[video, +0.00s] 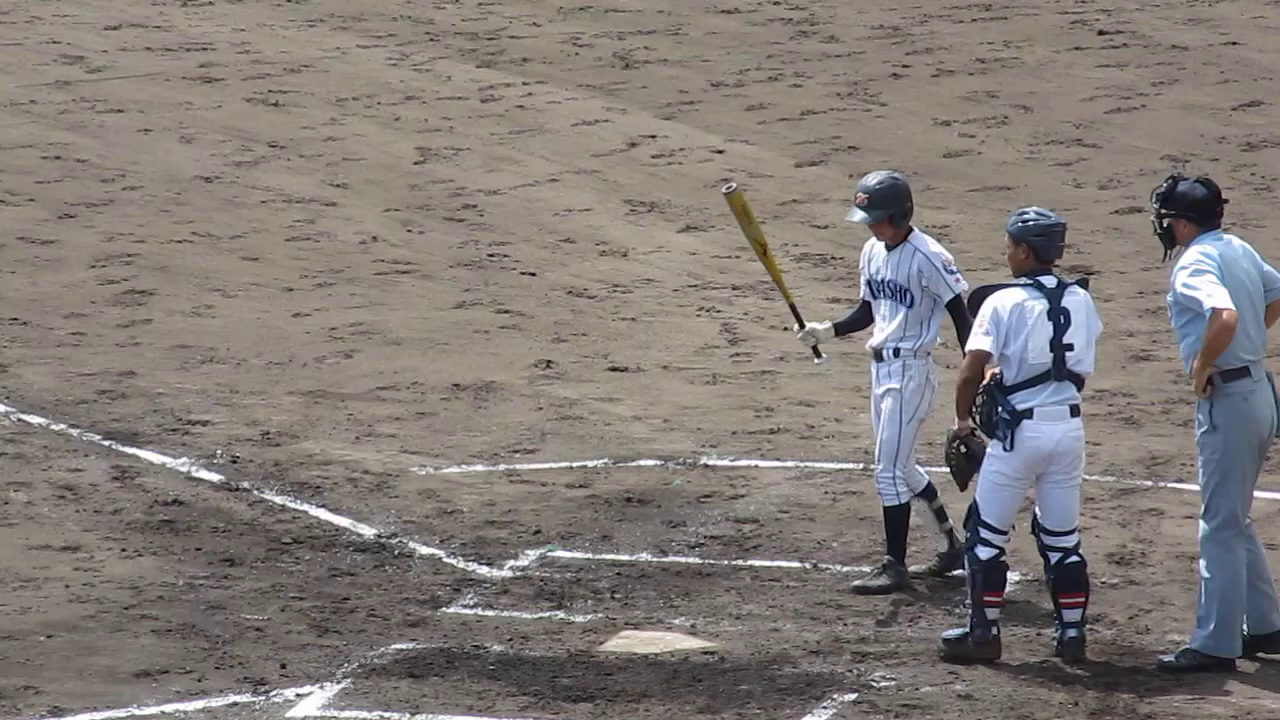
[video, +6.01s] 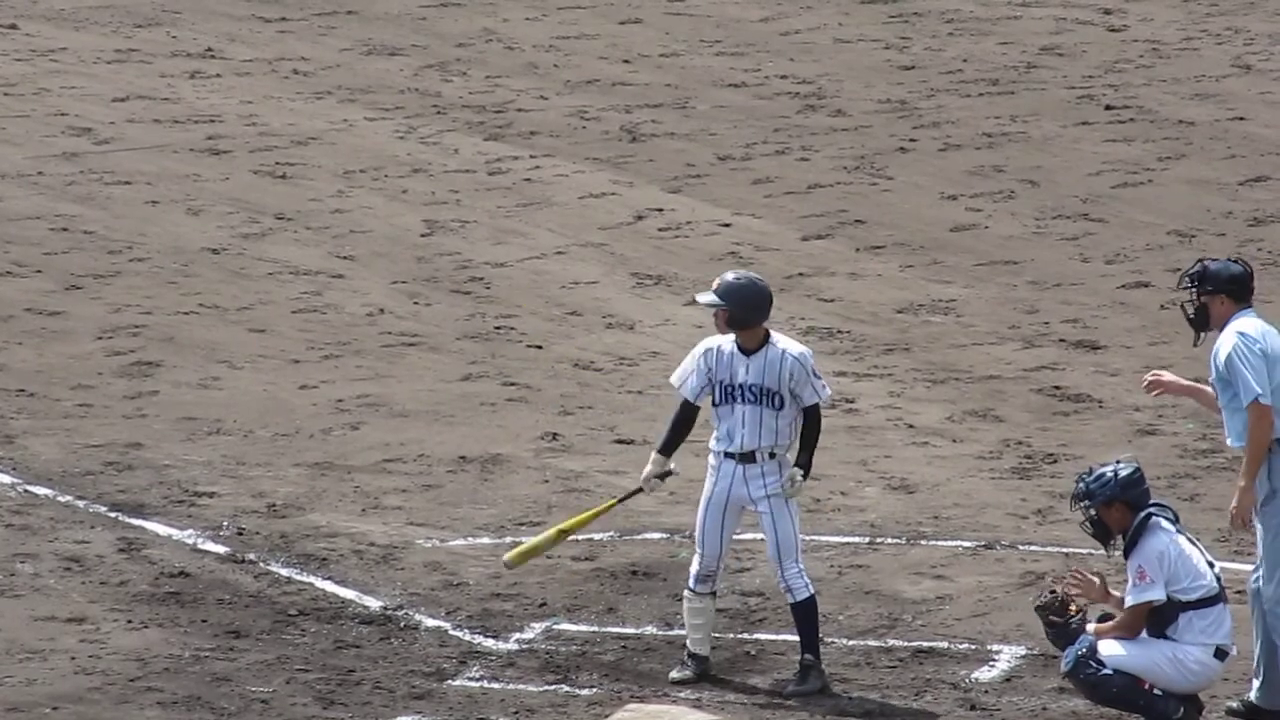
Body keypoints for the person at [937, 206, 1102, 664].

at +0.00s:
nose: (1006, 251)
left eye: (1010, 244)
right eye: (1009, 243)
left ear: (1025, 250)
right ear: (1052, 252)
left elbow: (974, 368)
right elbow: (1078, 372)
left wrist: (963, 416)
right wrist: (1010, 379)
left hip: (1019, 432)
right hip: (1070, 431)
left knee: (987, 534)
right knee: (1062, 538)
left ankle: (983, 633)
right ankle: (1072, 635)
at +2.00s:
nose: (1101, 331)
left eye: (1107, 324)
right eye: (1104, 323)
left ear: (1128, 331)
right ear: (1137, 330)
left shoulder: (1136, 373)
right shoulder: (1163, 368)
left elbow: (1158, 430)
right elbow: (1187, 440)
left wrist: (1141, 492)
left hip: (1161, 505)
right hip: (1188, 502)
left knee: (1138, 613)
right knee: (1177, 611)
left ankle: (1149, 707)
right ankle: (1179, 701)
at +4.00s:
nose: (1121, 341)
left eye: (1125, 334)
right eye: (1122, 334)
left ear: (1141, 340)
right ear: (1166, 336)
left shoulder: (1152, 392)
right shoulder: (1185, 374)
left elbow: (1149, 467)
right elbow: (1130, 425)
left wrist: (1139, 536)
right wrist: (1123, 374)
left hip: (1168, 518)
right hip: (1193, 510)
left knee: (1163, 621)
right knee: (1167, 613)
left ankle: (1182, 708)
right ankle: (1184, 699)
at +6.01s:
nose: (1093, 518)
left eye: (1097, 510)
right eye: (1093, 510)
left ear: (1117, 510)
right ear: (1120, 507)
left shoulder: (1148, 545)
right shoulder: (1155, 526)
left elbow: (1130, 628)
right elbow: (1150, 611)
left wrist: (1086, 631)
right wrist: (1107, 596)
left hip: (1195, 660)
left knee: (1080, 661)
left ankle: (1171, 709)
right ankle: (1177, 697)